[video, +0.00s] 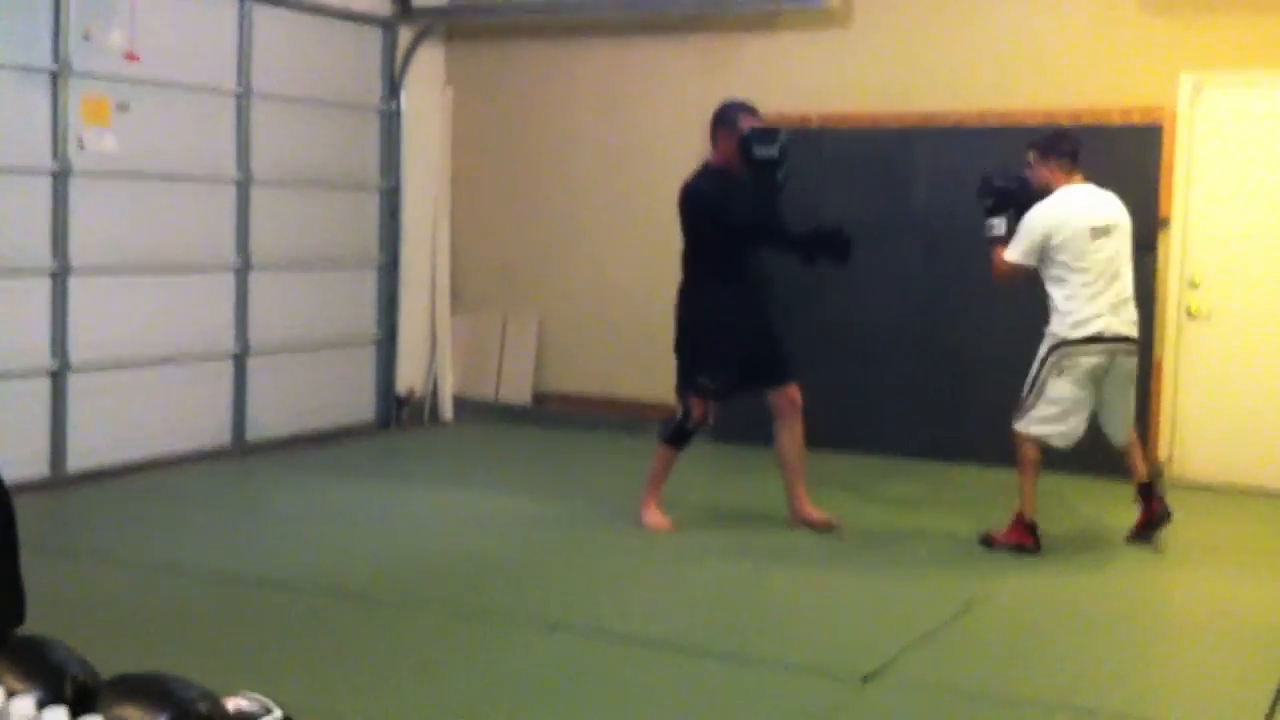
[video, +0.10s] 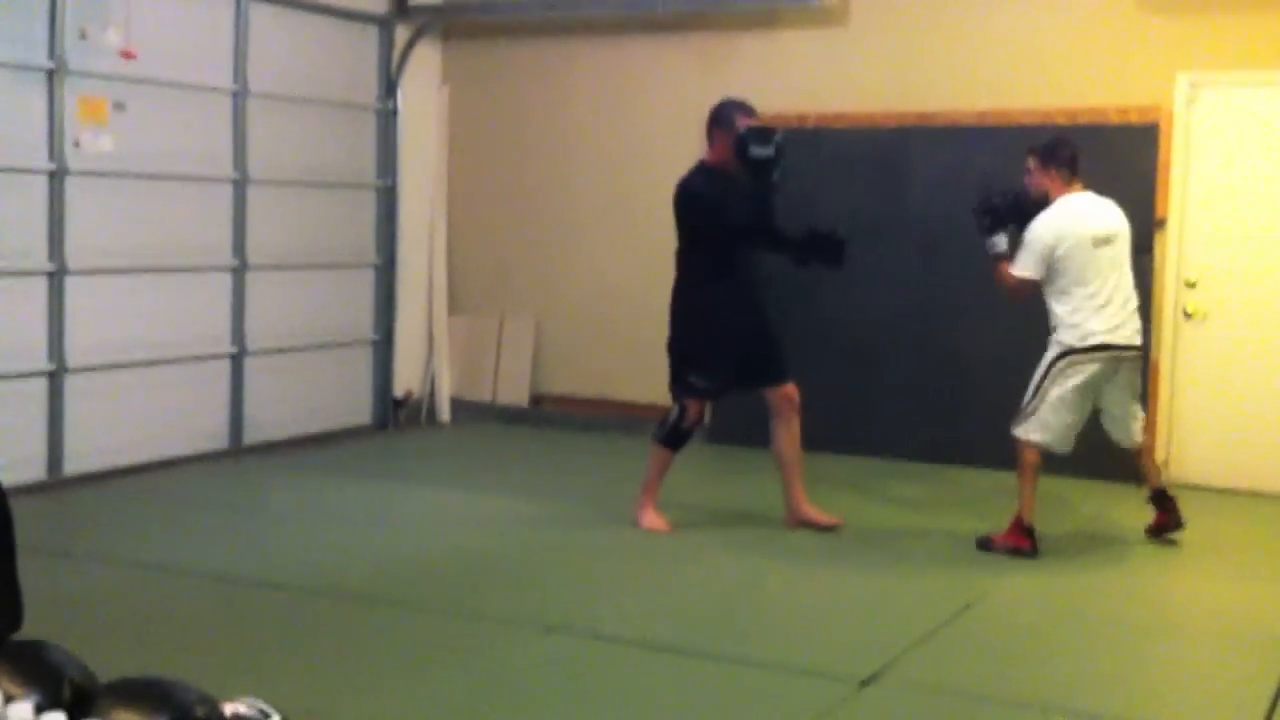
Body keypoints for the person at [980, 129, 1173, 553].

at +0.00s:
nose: (1032, 174)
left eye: (1034, 166)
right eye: (1032, 166)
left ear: (1049, 165)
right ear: (1072, 162)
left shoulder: (1046, 212)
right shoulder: (1115, 204)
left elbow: (1004, 268)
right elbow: (1084, 249)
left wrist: (997, 225)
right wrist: (1036, 208)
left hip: (1074, 338)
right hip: (1124, 338)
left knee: (1029, 428)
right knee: (1122, 426)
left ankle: (1025, 523)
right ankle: (1151, 499)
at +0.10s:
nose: (1029, 181)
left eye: (1032, 172)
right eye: (1029, 172)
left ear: (1051, 173)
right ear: (1071, 171)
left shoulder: (1048, 223)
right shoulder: (1114, 211)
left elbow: (1016, 285)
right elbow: (1088, 262)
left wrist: (999, 249)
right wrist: (1030, 233)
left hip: (1078, 344)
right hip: (1127, 340)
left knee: (1030, 430)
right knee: (1130, 425)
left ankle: (1023, 528)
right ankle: (1165, 505)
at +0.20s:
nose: (1041, 184)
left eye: (1046, 176)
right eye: (1042, 176)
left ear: (1069, 176)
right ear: (1082, 177)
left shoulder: (1070, 227)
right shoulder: (1122, 214)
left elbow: (1036, 288)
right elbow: (1097, 267)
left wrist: (1015, 244)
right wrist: (1047, 230)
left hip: (1095, 352)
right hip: (1139, 346)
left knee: (1038, 434)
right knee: (1146, 437)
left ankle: (1023, 528)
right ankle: (1178, 518)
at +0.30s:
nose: (1049, 181)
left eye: (1053, 172)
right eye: (1050, 172)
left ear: (1074, 174)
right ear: (1093, 174)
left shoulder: (1077, 222)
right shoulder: (1125, 213)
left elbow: (1052, 288)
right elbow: (1099, 269)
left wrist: (1032, 240)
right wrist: (1055, 224)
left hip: (1096, 349)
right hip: (1141, 344)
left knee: (1037, 429)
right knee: (1146, 437)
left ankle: (1023, 524)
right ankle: (1174, 520)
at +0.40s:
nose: (1047, 175)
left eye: (1051, 167)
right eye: (1047, 167)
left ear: (1074, 167)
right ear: (1090, 167)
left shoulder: (1075, 213)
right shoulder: (1124, 206)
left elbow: (1054, 280)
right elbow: (1111, 267)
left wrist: (1033, 240)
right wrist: (1051, 233)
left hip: (1094, 339)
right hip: (1137, 336)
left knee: (1029, 416)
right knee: (1143, 432)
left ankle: (1021, 514)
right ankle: (1168, 514)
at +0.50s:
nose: (1040, 187)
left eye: (1043, 178)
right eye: (1039, 179)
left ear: (1064, 176)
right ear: (1079, 175)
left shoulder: (1070, 219)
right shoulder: (1113, 212)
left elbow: (1027, 270)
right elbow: (1068, 265)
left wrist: (1012, 230)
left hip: (1088, 348)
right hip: (1130, 344)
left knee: (1021, 424)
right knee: (1138, 438)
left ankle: (1011, 522)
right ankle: (1163, 517)